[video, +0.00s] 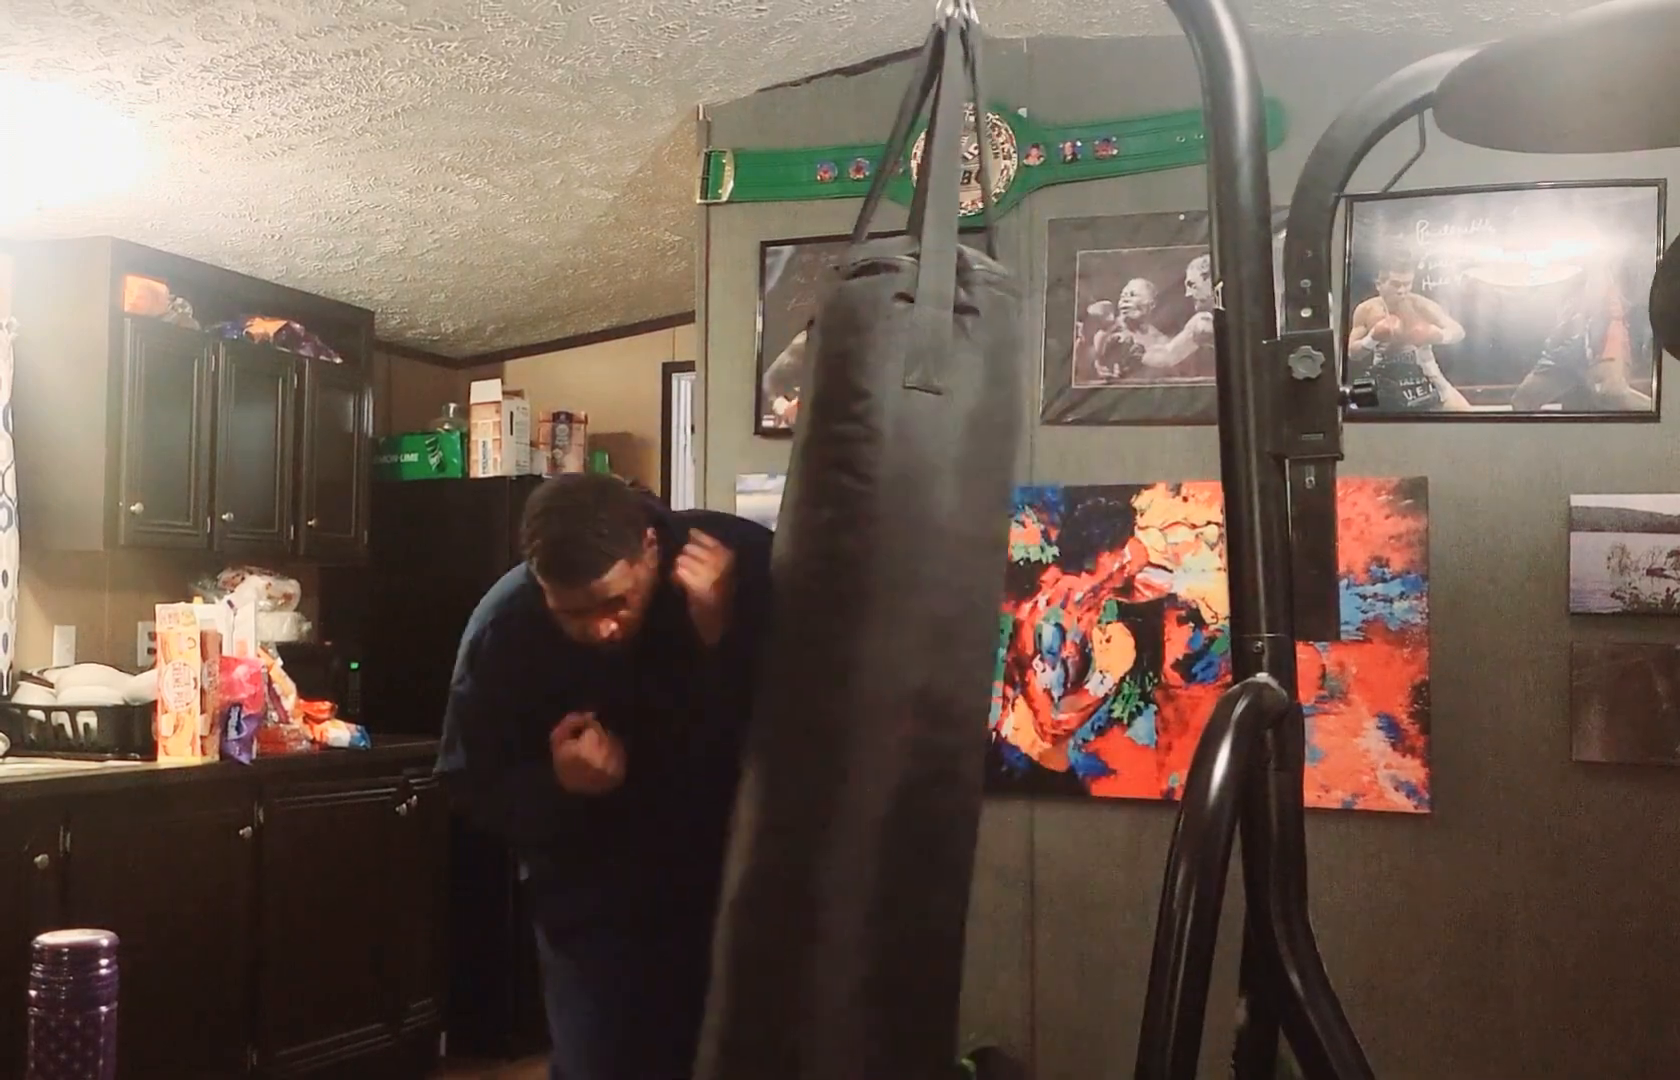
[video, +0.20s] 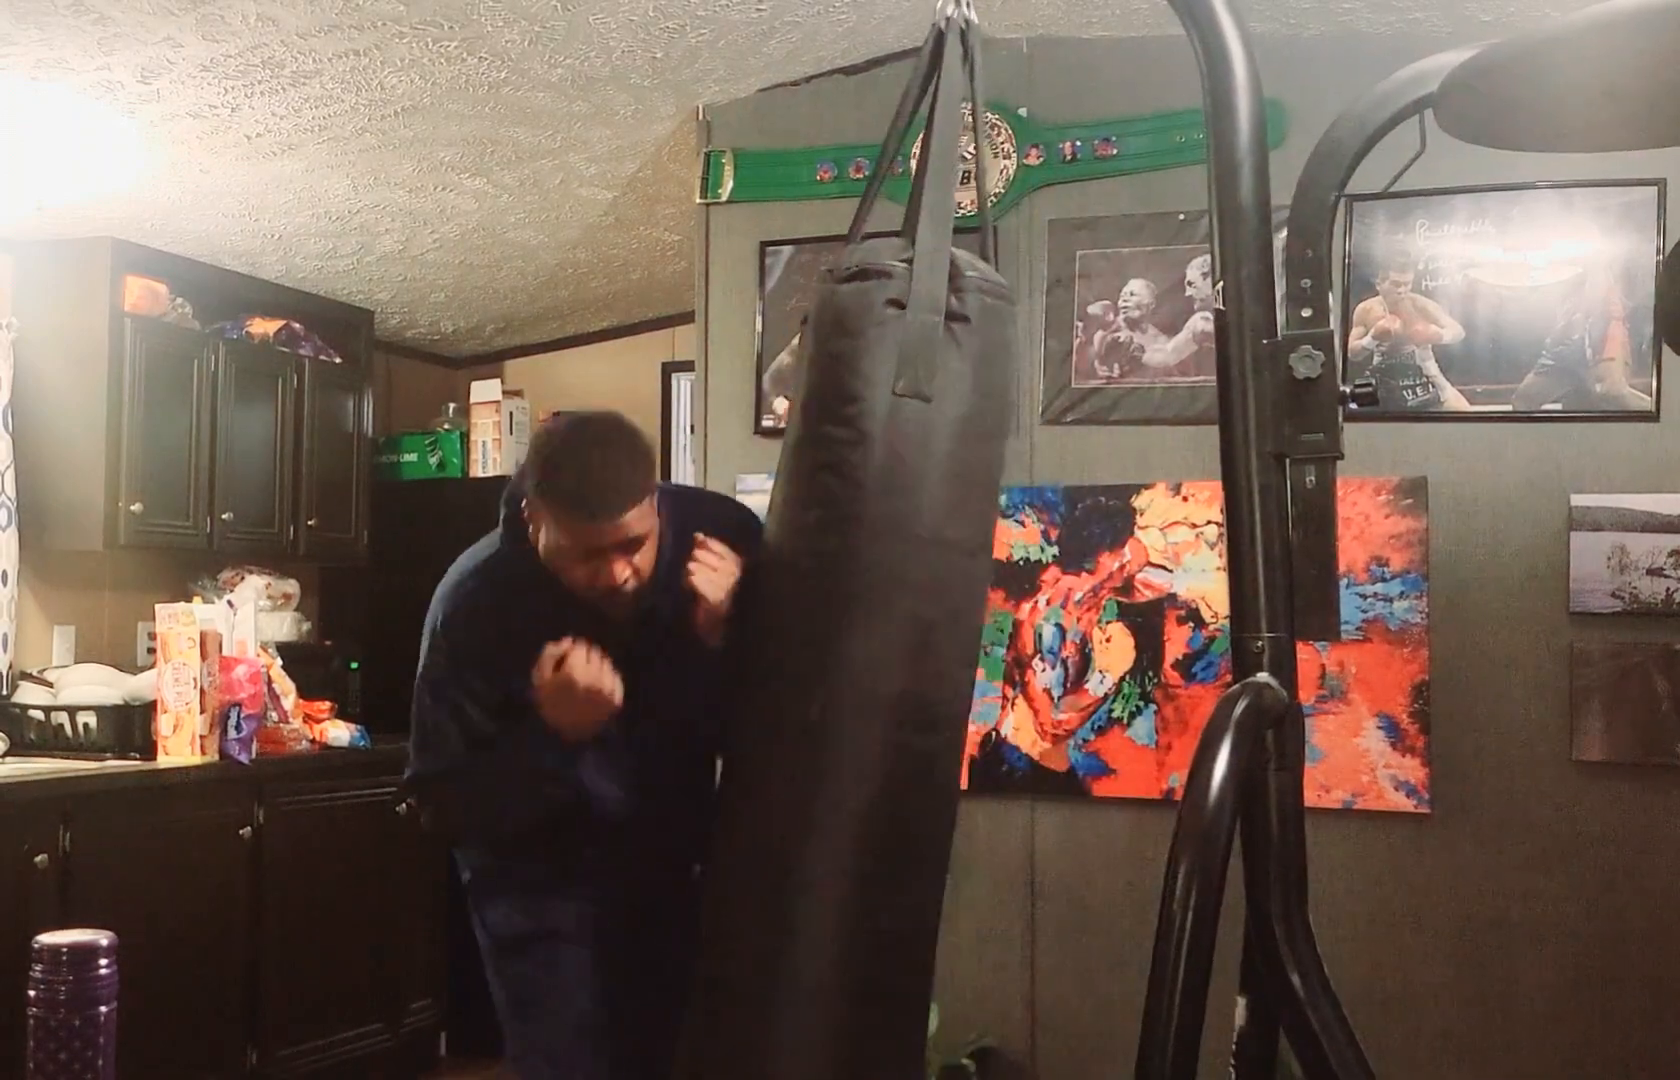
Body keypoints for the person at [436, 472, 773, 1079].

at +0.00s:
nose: (597, 630)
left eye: (615, 606)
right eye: (573, 615)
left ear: (651, 550)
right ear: (541, 583)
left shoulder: (746, 568)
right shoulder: (504, 630)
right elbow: (468, 783)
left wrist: (722, 632)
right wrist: (556, 781)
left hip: (720, 873)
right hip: (586, 892)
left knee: (715, 1055)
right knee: (596, 1060)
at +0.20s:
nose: (617, 575)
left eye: (634, 546)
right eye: (587, 556)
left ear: (657, 504)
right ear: (532, 522)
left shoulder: (728, 539)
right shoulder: (476, 601)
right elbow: (443, 799)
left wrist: (731, 632)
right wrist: (551, 733)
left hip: (671, 857)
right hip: (536, 881)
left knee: (675, 1054)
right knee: (567, 1060)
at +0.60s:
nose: (716, 424)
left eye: (722, 403)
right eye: (705, 395)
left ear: (619, 386)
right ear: (624, 386)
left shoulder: (520, 449)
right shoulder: (578, 466)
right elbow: (751, 611)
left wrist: (693, 510)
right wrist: (749, 426)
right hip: (508, 859)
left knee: (498, 1061)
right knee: (573, 1062)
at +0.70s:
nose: (690, 450)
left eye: (698, 427)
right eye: (685, 424)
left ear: (611, 398)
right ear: (619, 403)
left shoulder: (503, 456)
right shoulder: (581, 472)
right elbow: (758, 608)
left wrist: (683, 528)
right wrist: (748, 432)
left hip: (406, 835)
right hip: (496, 863)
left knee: (432, 1058)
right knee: (587, 1062)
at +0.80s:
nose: (670, 495)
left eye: (677, 476)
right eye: (668, 469)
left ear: (599, 421)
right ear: (614, 426)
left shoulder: (469, 475)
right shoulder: (579, 484)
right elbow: (745, 629)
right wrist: (738, 460)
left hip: (367, 843)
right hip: (488, 867)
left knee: (403, 1063)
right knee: (574, 1061)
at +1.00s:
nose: (672, 472)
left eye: (679, 451)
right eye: (666, 445)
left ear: (596, 413)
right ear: (600, 416)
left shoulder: (477, 465)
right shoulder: (543, 482)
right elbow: (703, 645)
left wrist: (641, 555)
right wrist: (716, 467)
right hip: (476, 877)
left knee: (425, 1065)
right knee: (568, 1062)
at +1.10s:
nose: (682, 443)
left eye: (686, 422)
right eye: (672, 419)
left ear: (598, 397)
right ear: (601, 397)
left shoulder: (512, 456)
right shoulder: (517, 472)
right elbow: (660, 640)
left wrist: (697, 538)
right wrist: (698, 457)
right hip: (463, 871)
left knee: (452, 1062)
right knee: (544, 1061)